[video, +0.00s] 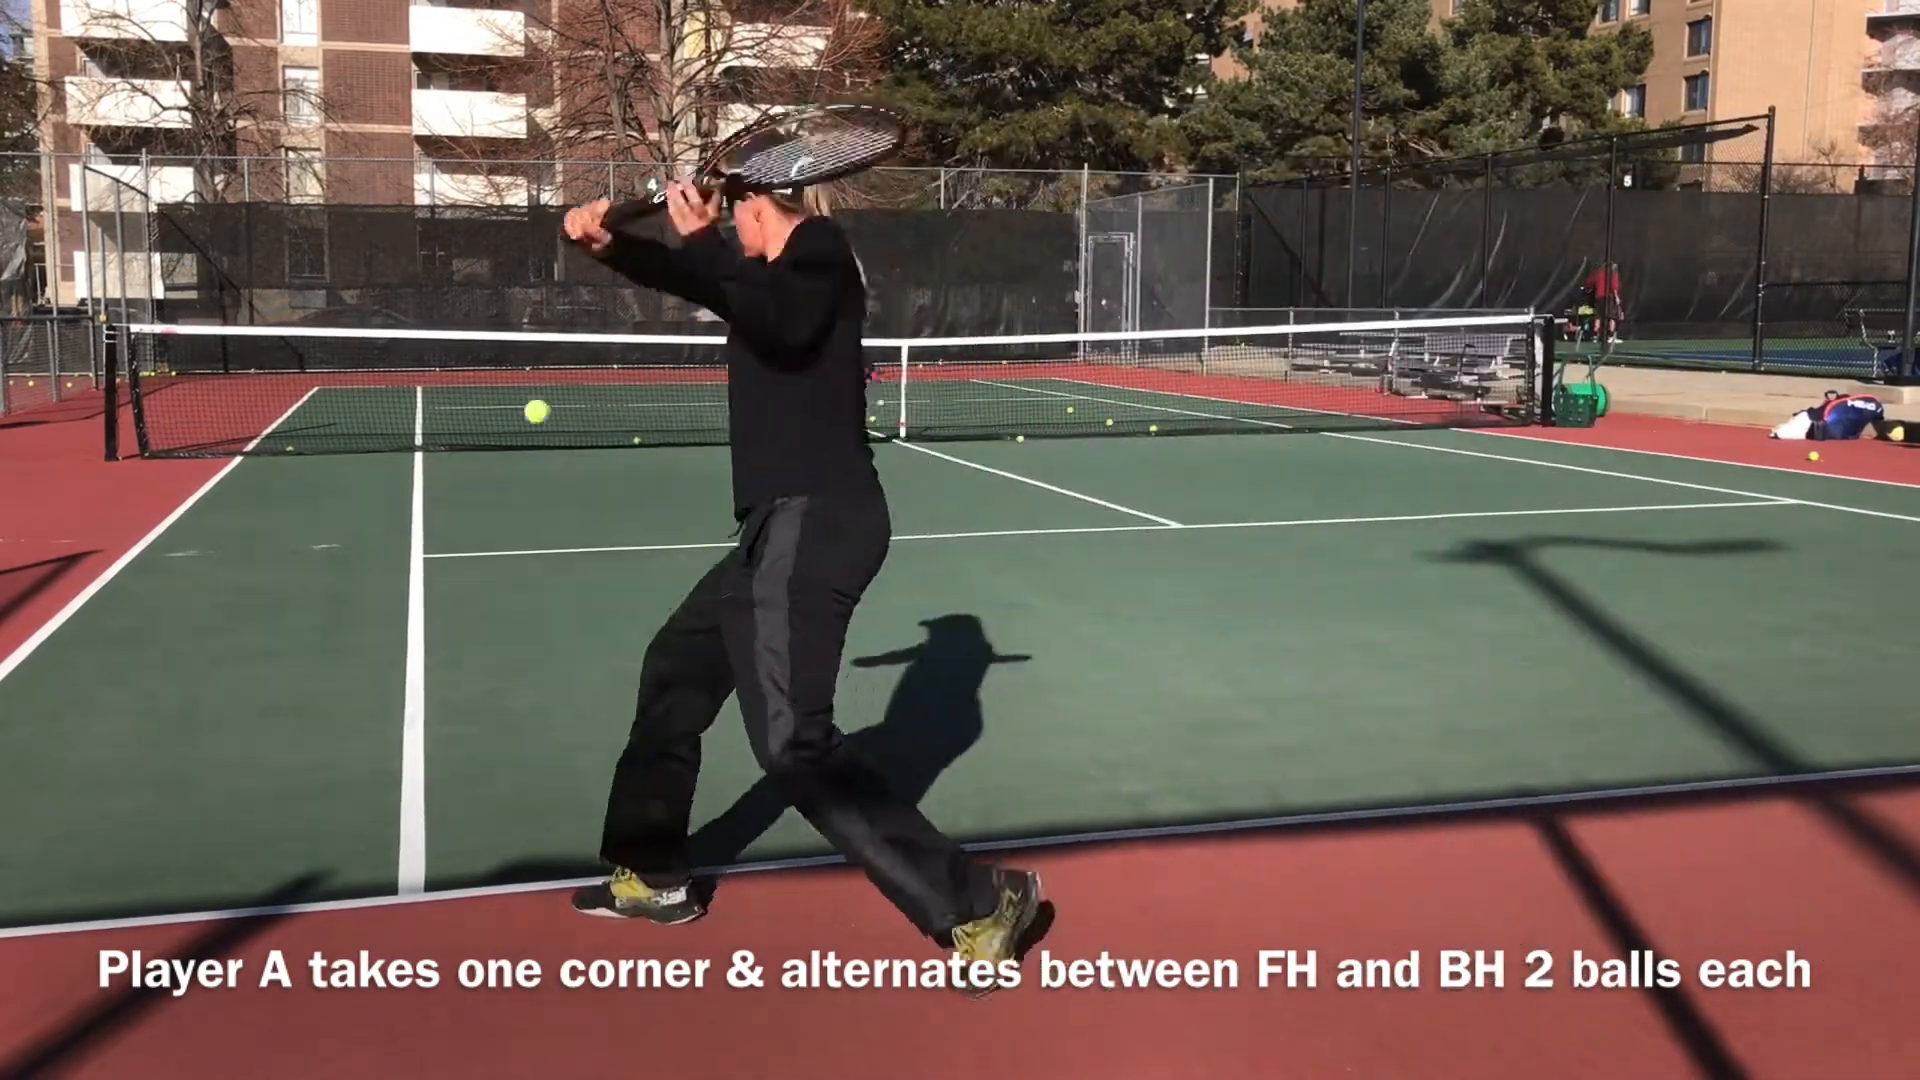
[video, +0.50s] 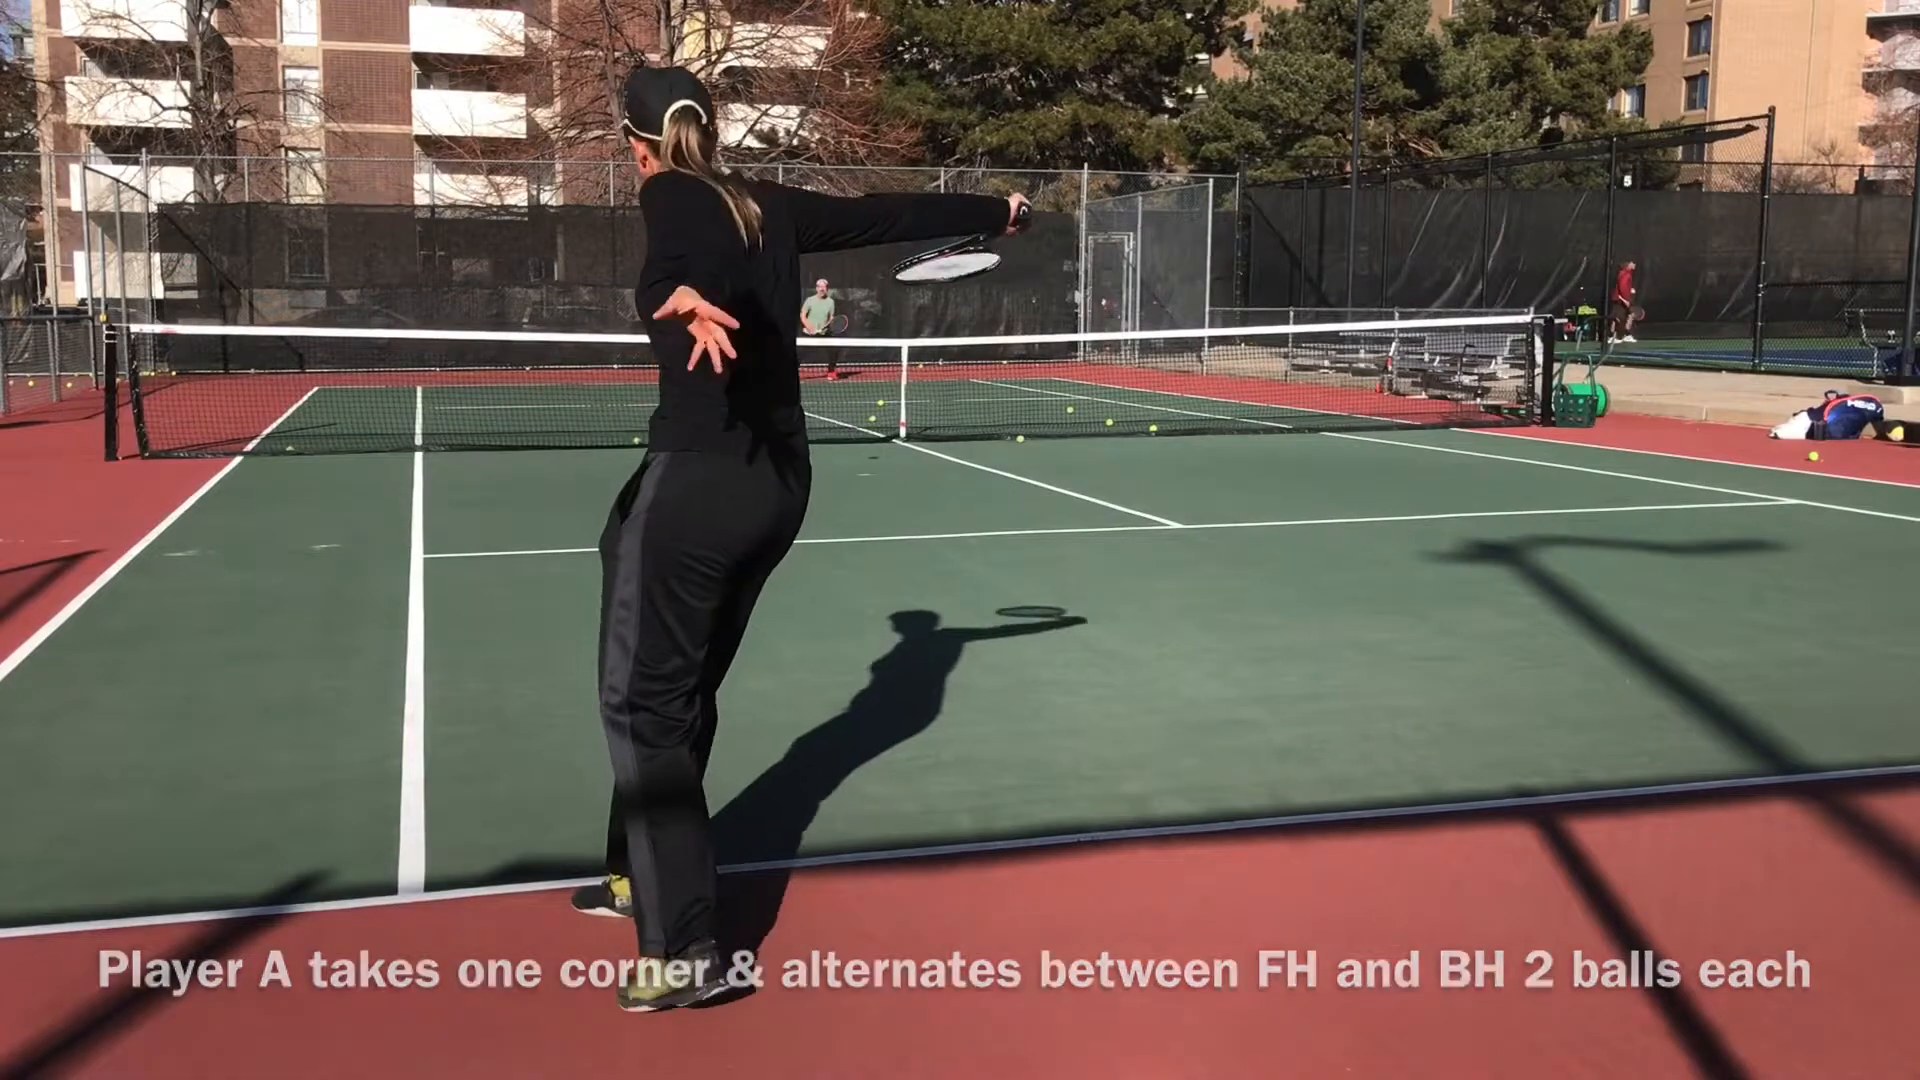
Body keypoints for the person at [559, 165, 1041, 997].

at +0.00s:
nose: (731, 228)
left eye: (732, 213)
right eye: (727, 214)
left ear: (758, 205)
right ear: (783, 199)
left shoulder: (817, 255)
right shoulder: (776, 263)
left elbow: (785, 329)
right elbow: (691, 271)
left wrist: (708, 245)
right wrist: (609, 243)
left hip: (817, 521)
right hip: (787, 522)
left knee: (794, 746)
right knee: (677, 666)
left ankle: (982, 904)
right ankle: (650, 871)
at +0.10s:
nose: (682, 229)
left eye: (686, 210)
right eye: (681, 213)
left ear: (713, 199)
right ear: (739, 194)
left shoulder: (755, 235)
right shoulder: (762, 251)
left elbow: (728, 321)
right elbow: (655, 345)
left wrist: (604, 329)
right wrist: (542, 398)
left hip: (768, 494)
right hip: (762, 491)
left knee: (727, 715)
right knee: (669, 675)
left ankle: (876, 901)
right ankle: (649, 874)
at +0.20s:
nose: (635, 196)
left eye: (639, 177)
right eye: (633, 180)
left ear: (674, 164)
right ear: (698, 163)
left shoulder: (706, 208)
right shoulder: (755, 220)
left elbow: (707, 304)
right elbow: (752, 371)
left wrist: (638, 341)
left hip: (731, 474)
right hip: (786, 474)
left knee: (705, 696)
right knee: (688, 672)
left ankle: (821, 890)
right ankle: (651, 869)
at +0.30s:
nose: (601, 169)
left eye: (604, 152)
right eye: (600, 153)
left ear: (633, 148)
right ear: (675, 142)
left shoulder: (672, 198)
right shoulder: (738, 211)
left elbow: (708, 235)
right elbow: (814, 290)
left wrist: (735, 279)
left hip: (713, 463)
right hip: (767, 463)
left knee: (683, 688)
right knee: (674, 670)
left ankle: (783, 901)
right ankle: (660, 866)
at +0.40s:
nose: (608, 157)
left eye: (612, 141)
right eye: (609, 142)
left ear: (638, 141)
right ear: (683, 132)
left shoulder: (669, 193)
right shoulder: (744, 203)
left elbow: (700, 235)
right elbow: (849, 231)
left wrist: (757, 258)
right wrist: (971, 227)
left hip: (701, 463)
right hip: (760, 464)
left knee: (655, 693)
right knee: (670, 676)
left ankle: (753, 918)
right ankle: (646, 867)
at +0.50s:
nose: (627, 151)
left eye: (626, 137)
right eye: (633, 136)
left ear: (641, 142)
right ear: (705, 132)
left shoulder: (668, 200)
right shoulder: (771, 207)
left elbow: (673, 253)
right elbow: (883, 219)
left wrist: (684, 293)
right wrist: (997, 211)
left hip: (697, 482)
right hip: (772, 481)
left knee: (646, 702)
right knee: (686, 684)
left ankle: (688, 946)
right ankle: (644, 870)